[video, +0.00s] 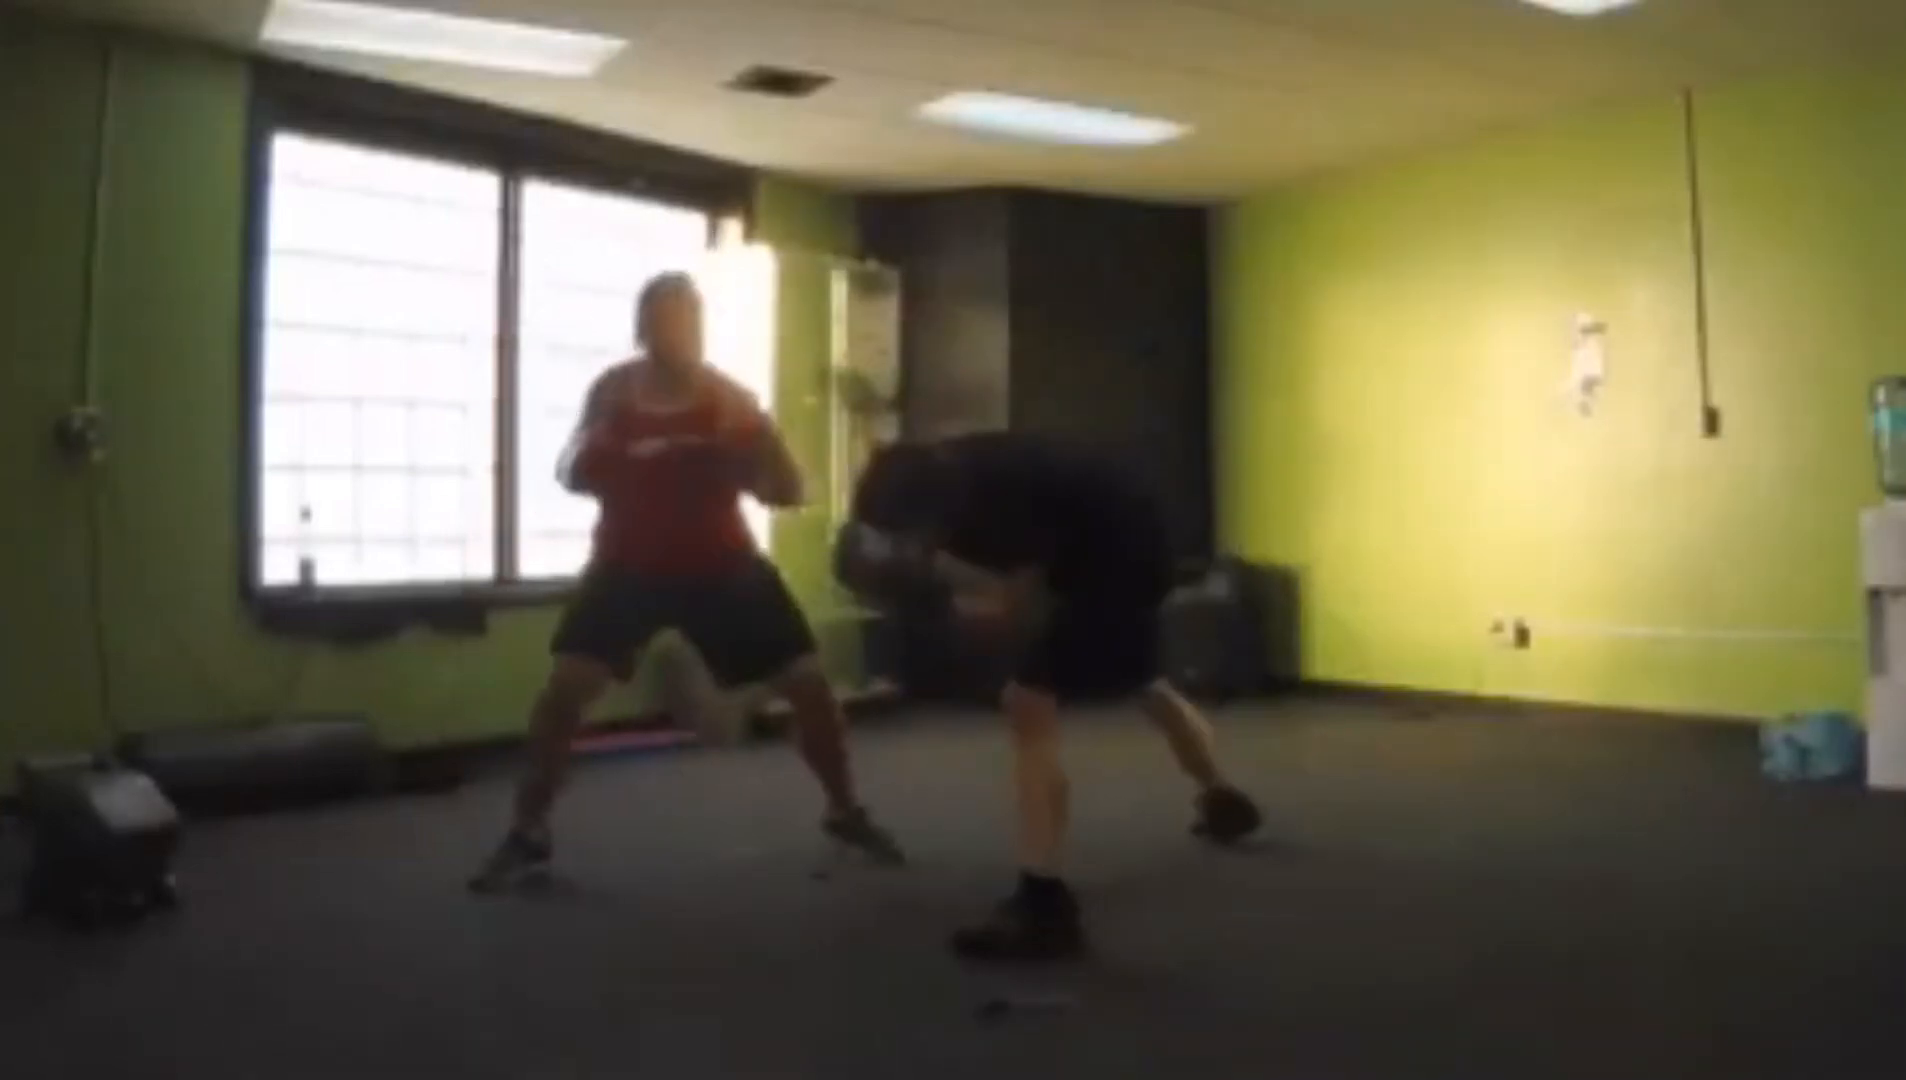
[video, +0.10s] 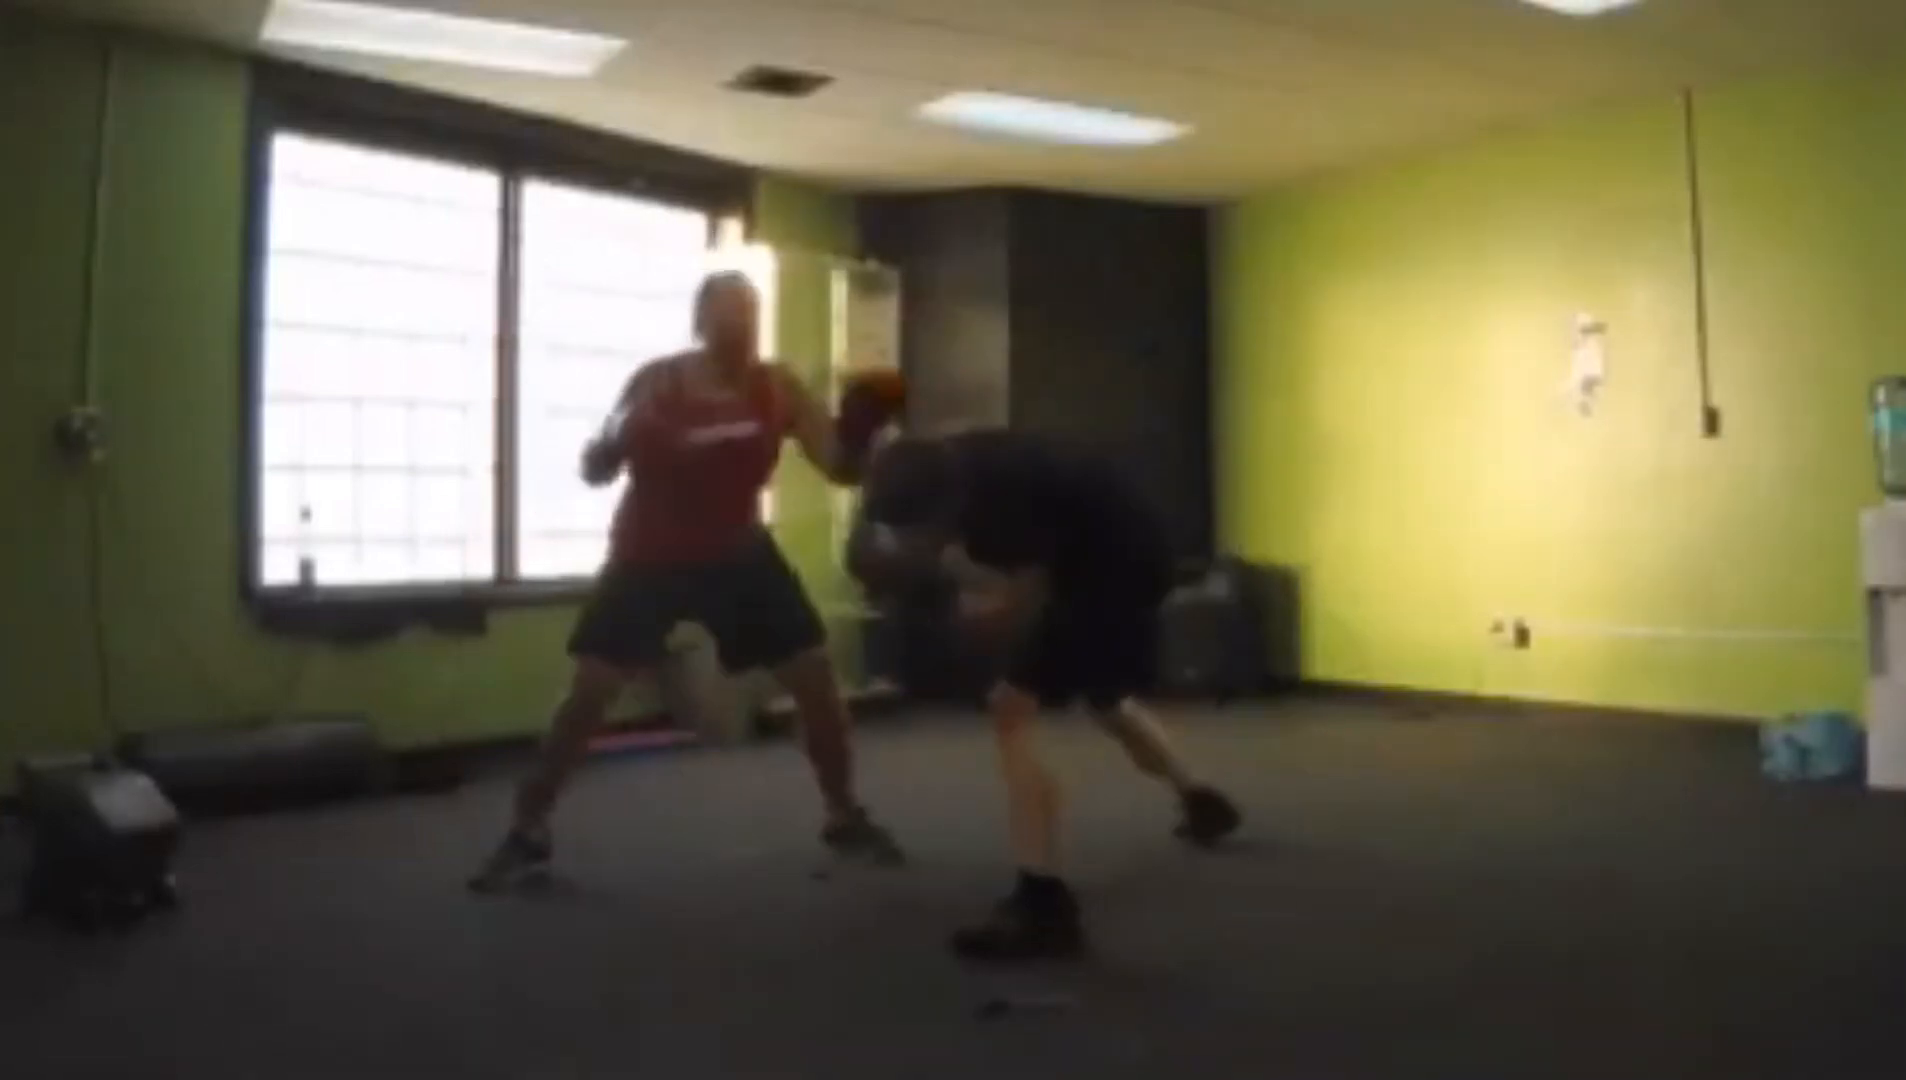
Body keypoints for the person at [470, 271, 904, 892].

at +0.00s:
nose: (676, 332)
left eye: (685, 317)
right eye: (663, 319)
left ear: (701, 325)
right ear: (643, 328)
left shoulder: (729, 402)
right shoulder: (616, 392)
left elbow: (786, 489)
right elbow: (576, 474)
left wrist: (731, 451)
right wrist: (638, 458)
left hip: (722, 568)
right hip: (629, 571)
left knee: (809, 684)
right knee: (565, 691)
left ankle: (845, 812)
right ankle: (528, 835)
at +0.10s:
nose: (736, 338)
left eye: (745, 324)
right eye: (723, 325)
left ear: (758, 323)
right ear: (700, 325)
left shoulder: (775, 386)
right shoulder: (661, 382)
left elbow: (841, 465)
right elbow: (596, 469)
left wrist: (863, 421)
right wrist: (627, 437)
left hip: (739, 558)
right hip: (648, 563)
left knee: (814, 678)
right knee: (588, 697)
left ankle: (845, 817)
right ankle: (527, 833)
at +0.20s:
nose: (800, 339)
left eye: (812, 326)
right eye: (789, 323)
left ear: (826, 330)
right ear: (770, 322)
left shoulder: (831, 403)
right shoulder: (717, 378)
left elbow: (869, 469)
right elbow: (634, 431)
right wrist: (700, 408)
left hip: (753, 548)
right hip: (671, 548)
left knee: (813, 677)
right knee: (611, 688)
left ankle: (844, 820)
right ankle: (535, 824)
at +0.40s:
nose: (868, 337)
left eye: (869, 323)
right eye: (858, 323)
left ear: (822, 323)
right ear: (831, 324)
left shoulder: (818, 382)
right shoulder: (799, 366)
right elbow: (866, 413)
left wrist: (837, 506)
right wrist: (922, 452)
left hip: (771, 545)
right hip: (700, 543)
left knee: (824, 674)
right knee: (649, 663)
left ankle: (845, 813)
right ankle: (563, 760)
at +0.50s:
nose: (866, 333)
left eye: (867, 318)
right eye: (859, 318)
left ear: (821, 317)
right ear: (829, 316)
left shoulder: (803, 368)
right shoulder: (790, 358)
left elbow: (786, 461)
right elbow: (809, 439)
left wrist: (821, 511)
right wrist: (865, 482)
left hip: (781, 540)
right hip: (712, 538)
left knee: (835, 671)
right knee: (655, 669)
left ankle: (844, 812)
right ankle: (585, 767)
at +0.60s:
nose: (841, 324)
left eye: (842, 309)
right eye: (832, 308)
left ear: (818, 311)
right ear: (797, 309)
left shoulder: (798, 388)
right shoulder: (736, 374)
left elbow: (794, 463)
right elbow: (729, 466)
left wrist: (836, 481)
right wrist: (825, 456)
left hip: (779, 545)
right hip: (704, 551)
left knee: (836, 672)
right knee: (659, 688)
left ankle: (846, 811)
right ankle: (599, 810)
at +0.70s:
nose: (807, 329)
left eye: (808, 316)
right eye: (796, 315)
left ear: (800, 323)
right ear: (766, 318)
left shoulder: (796, 395)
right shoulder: (711, 380)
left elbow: (846, 432)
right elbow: (704, 471)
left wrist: (862, 432)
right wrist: (787, 437)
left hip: (765, 542)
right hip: (688, 547)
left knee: (835, 647)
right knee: (655, 689)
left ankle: (852, 798)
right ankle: (601, 812)